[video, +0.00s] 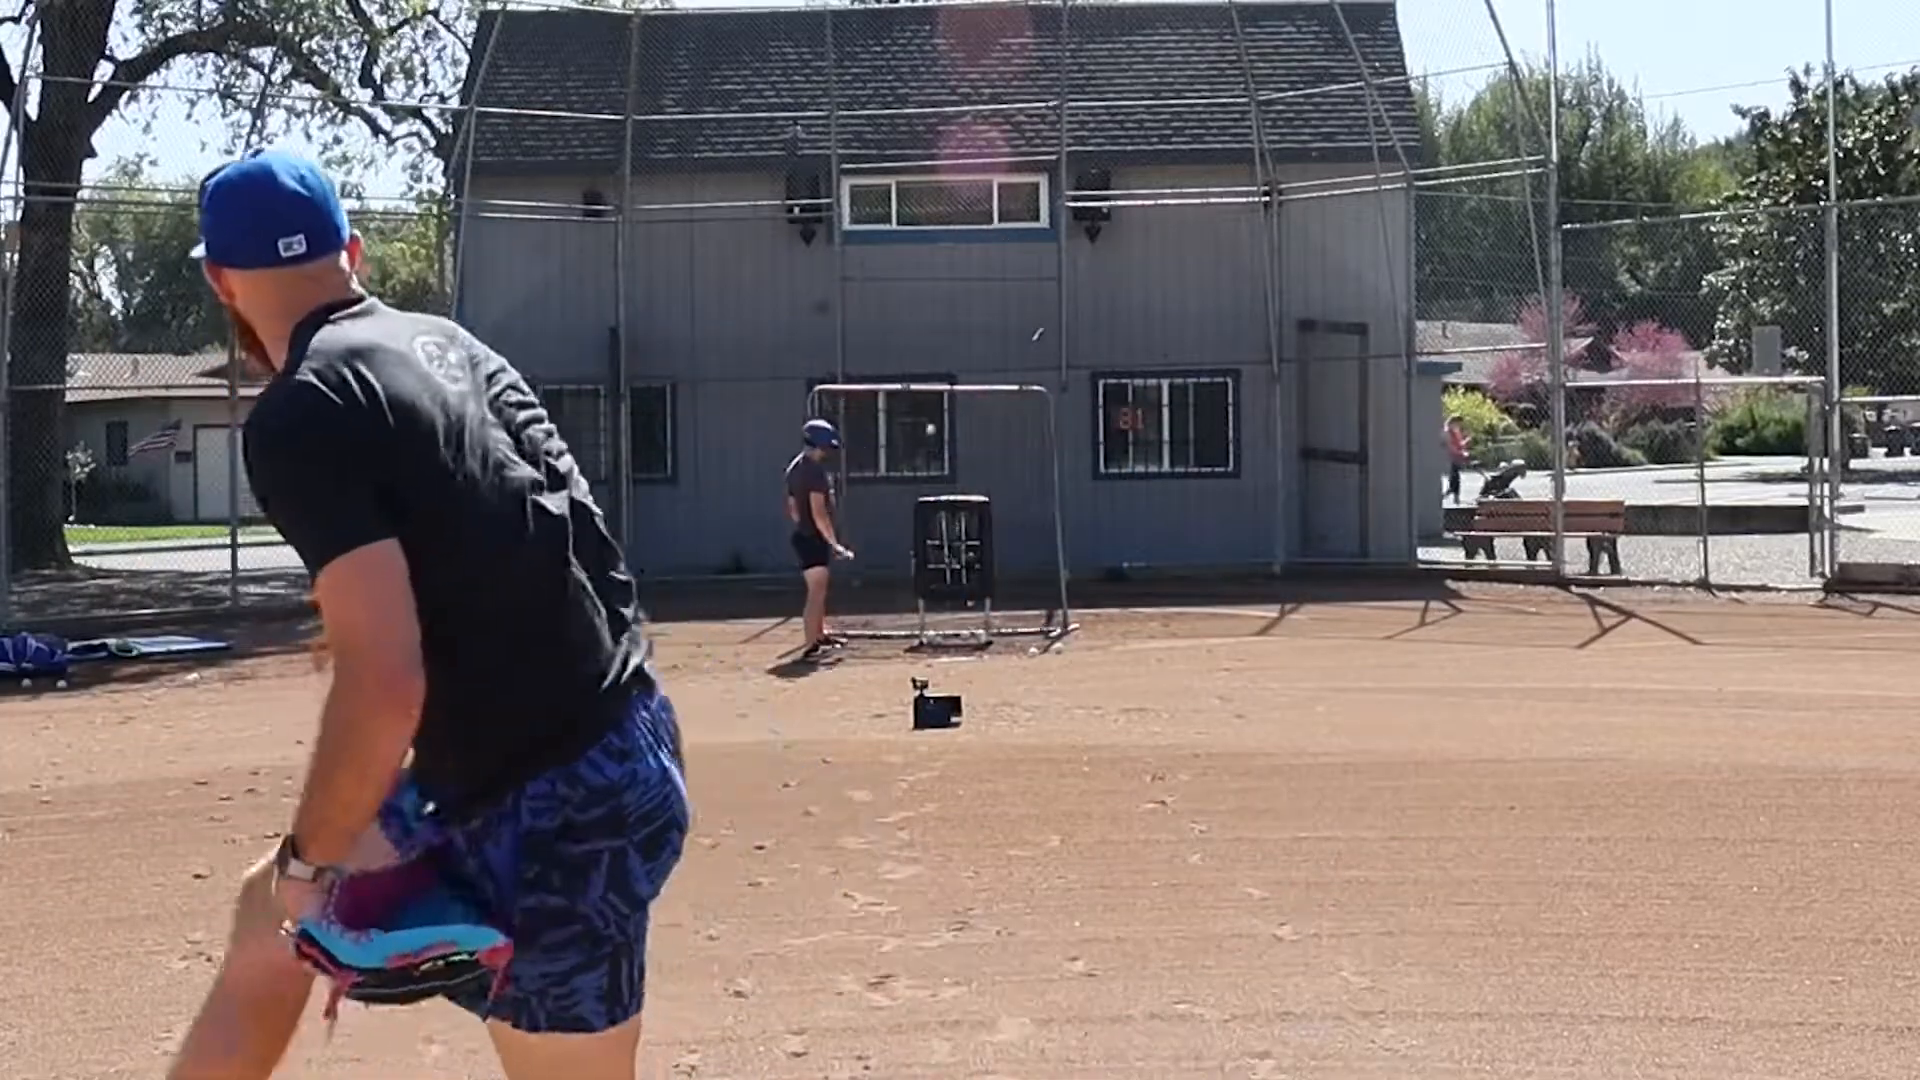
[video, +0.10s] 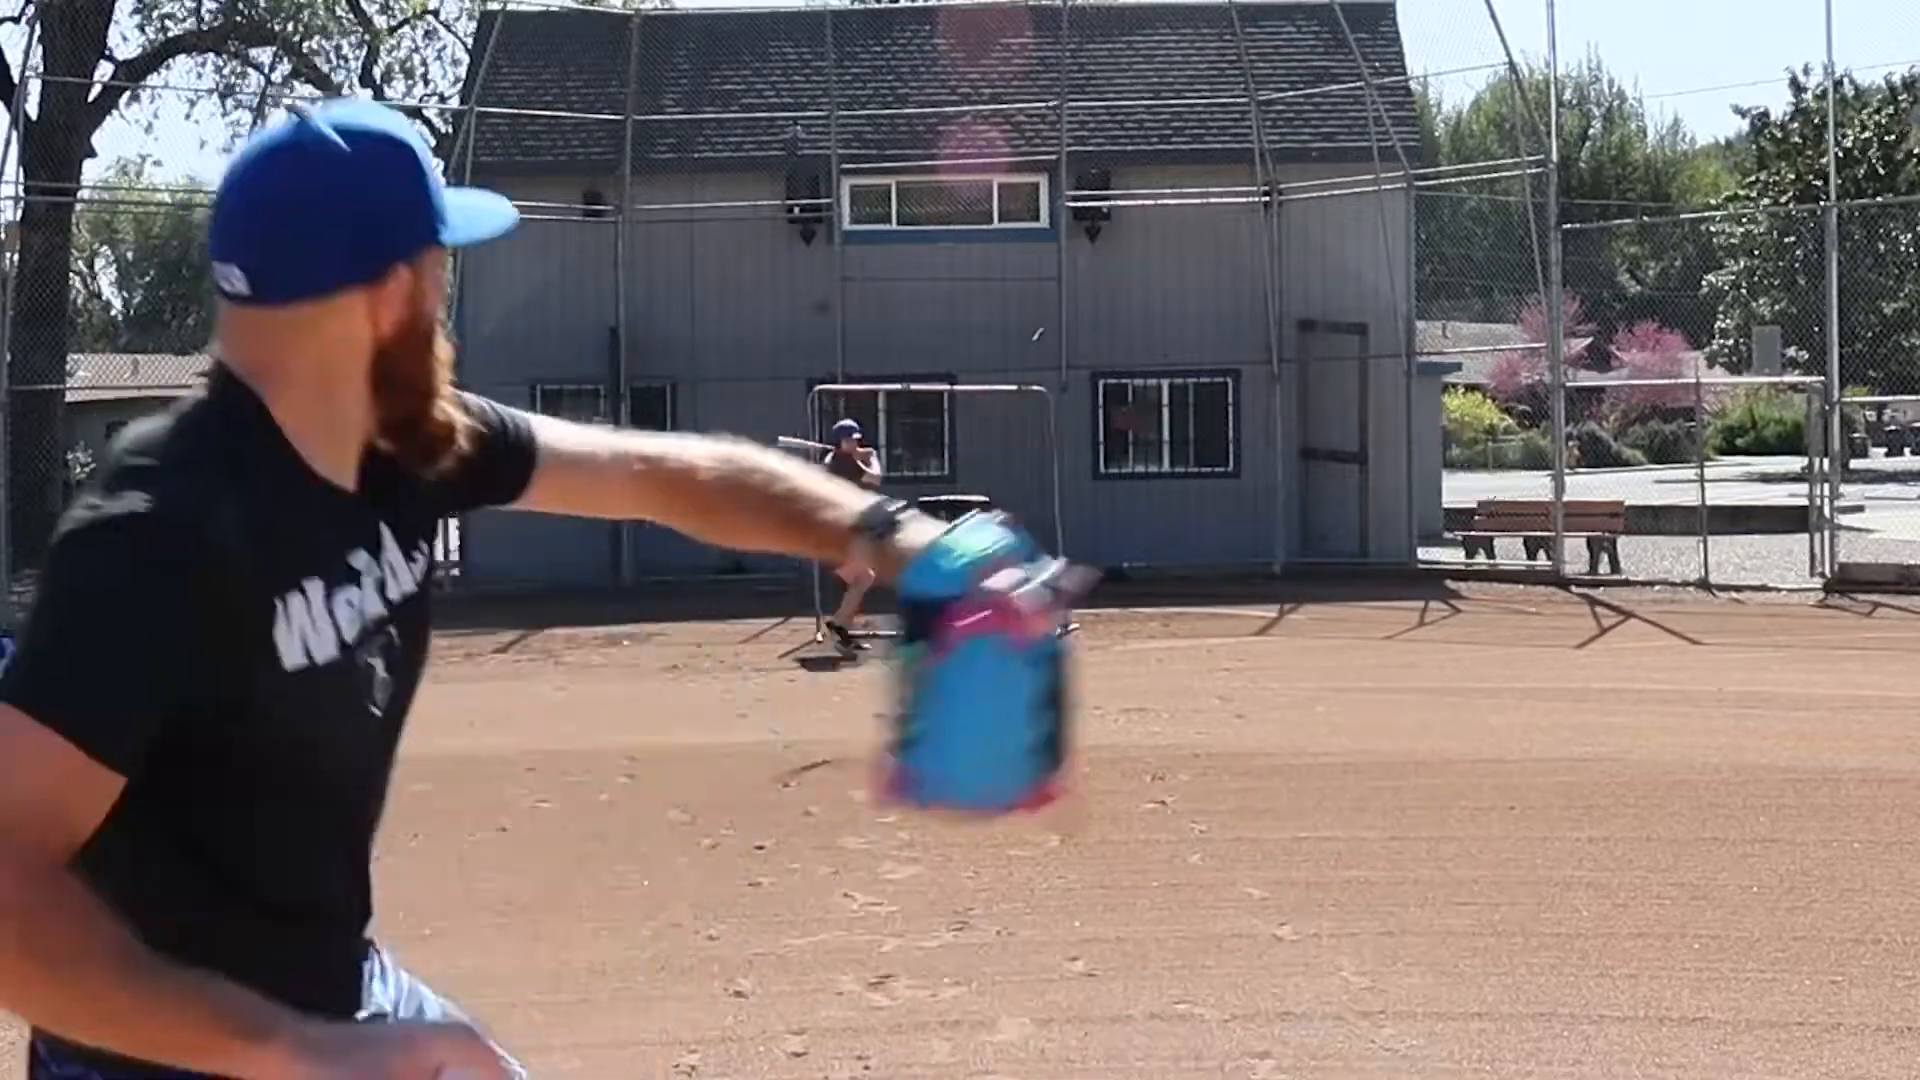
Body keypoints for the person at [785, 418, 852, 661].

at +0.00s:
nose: (828, 451)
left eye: (829, 446)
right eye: (826, 446)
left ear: (808, 443)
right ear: (817, 444)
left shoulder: (796, 466)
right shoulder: (814, 471)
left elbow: (793, 507)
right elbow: (819, 512)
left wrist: (804, 527)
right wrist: (834, 543)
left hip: (804, 533)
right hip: (814, 534)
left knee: (817, 588)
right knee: (817, 590)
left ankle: (819, 634)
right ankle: (812, 643)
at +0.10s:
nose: (853, 444)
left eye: (856, 440)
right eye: (848, 441)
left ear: (859, 440)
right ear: (839, 442)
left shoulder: (868, 455)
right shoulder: (833, 462)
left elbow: (875, 478)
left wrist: (854, 459)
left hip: (855, 527)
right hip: (834, 527)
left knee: (860, 577)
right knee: (865, 575)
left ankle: (845, 626)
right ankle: (838, 622)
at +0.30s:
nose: (860, 447)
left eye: (861, 442)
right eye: (855, 443)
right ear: (845, 445)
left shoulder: (831, 465)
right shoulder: (850, 469)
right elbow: (875, 488)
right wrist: (876, 469)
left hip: (815, 534)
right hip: (832, 533)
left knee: (855, 580)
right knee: (875, 566)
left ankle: (845, 632)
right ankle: (846, 611)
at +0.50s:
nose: (861, 455)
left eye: (862, 451)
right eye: (856, 451)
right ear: (848, 452)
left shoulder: (833, 468)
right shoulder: (857, 474)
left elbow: (830, 467)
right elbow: (873, 492)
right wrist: (866, 472)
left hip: (813, 535)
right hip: (827, 536)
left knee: (852, 581)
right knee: (866, 576)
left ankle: (841, 632)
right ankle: (841, 614)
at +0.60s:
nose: (862, 458)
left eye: (863, 454)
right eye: (858, 453)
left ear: (863, 455)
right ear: (849, 453)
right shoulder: (852, 475)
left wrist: (863, 475)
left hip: (830, 537)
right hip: (822, 537)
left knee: (854, 585)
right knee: (853, 584)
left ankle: (842, 632)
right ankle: (830, 625)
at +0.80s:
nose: (861, 466)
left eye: (862, 462)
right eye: (857, 461)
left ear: (859, 463)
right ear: (845, 461)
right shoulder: (843, 478)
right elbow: (883, 500)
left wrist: (867, 514)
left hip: (835, 551)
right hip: (814, 546)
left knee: (856, 601)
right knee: (825, 590)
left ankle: (842, 636)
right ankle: (812, 642)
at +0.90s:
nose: (860, 469)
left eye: (862, 465)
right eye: (857, 464)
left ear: (863, 467)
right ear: (844, 463)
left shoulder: (857, 491)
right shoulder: (823, 470)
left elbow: (865, 515)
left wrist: (887, 499)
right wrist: (865, 484)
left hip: (838, 548)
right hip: (811, 544)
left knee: (845, 610)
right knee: (809, 592)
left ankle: (838, 632)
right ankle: (808, 643)